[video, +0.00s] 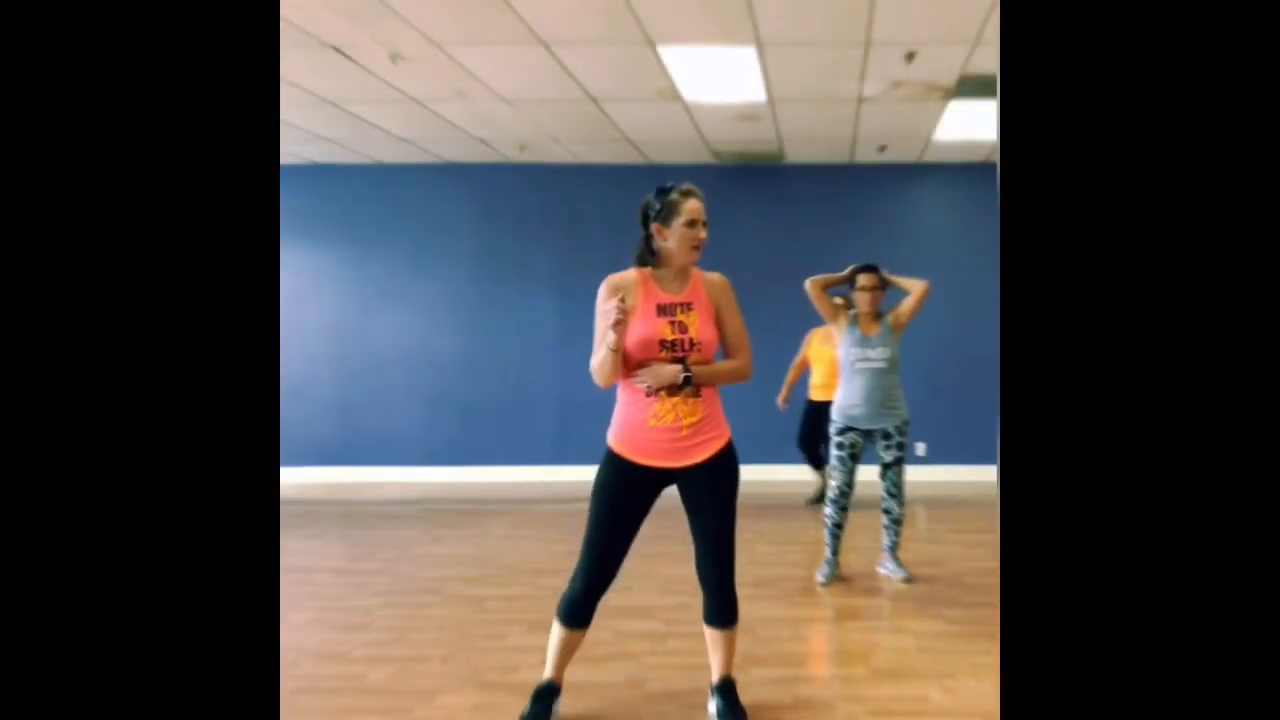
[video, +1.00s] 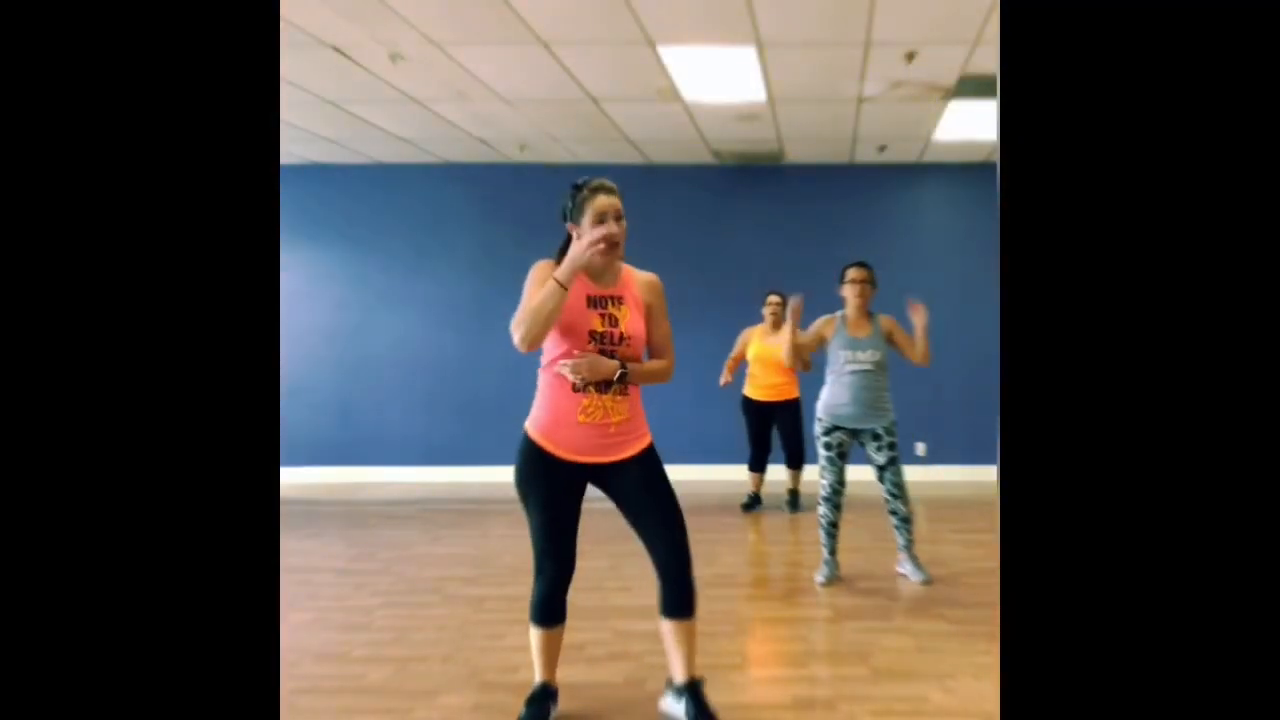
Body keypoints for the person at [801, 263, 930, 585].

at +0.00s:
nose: (869, 295)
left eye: (875, 289)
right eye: (863, 289)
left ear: (883, 293)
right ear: (852, 294)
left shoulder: (892, 324)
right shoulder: (840, 321)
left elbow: (922, 288)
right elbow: (811, 285)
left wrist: (890, 279)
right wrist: (844, 277)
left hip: (889, 417)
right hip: (847, 417)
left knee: (893, 492)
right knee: (839, 490)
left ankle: (889, 557)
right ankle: (830, 560)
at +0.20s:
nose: (859, 295)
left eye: (865, 289)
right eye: (853, 289)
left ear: (873, 294)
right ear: (842, 293)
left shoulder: (881, 325)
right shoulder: (829, 322)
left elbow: (911, 290)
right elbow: (805, 280)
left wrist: (879, 282)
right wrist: (838, 277)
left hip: (875, 419)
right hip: (833, 419)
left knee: (885, 492)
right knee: (830, 493)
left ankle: (888, 556)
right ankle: (829, 560)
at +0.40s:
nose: (849, 294)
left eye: (855, 288)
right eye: (843, 288)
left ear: (862, 294)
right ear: (832, 292)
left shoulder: (871, 325)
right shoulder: (820, 321)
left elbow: (903, 291)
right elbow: (798, 277)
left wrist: (869, 282)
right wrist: (831, 276)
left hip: (864, 418)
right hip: (822, 418)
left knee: (884, 485)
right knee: (825, 492)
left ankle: (883, 553)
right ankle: (828, 559)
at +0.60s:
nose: (845, 294)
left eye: (851, 288)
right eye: (839, 287)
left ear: (858, 292)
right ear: (827, 292)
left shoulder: (869, 323)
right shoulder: (816, 321)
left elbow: (904, 297)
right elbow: (789, 284)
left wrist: (870, 282)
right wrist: (818, 278)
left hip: (861, 418)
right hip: (820, 419)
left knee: (874, 488)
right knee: (823, 491)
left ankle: (871, 557)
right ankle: (827, 560)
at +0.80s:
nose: (847, 290)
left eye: (853, 284)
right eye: (841, 284)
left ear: (862, 289)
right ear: (831, 289)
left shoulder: (872, 322)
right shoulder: (817, 319)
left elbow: (916, 317)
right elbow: (775, 309)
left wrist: (885, 287)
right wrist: (806, 283)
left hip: (865, 417)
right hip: (822, 418)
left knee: (886, 483)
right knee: (825, 490)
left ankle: (887, 554)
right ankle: (828, 560)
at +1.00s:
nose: (858, 288)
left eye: (864, 283)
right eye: (852, 282)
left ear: (873, 289)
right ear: (842, 289)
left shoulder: (885, 324)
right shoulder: (828, 324)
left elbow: (920, 358)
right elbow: (796, 357)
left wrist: (920, 327)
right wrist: (793, 324)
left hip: (877, 420)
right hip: (834, 419)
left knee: (894, 488)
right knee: (831, 491)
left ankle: (906, 557)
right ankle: (828, 560)